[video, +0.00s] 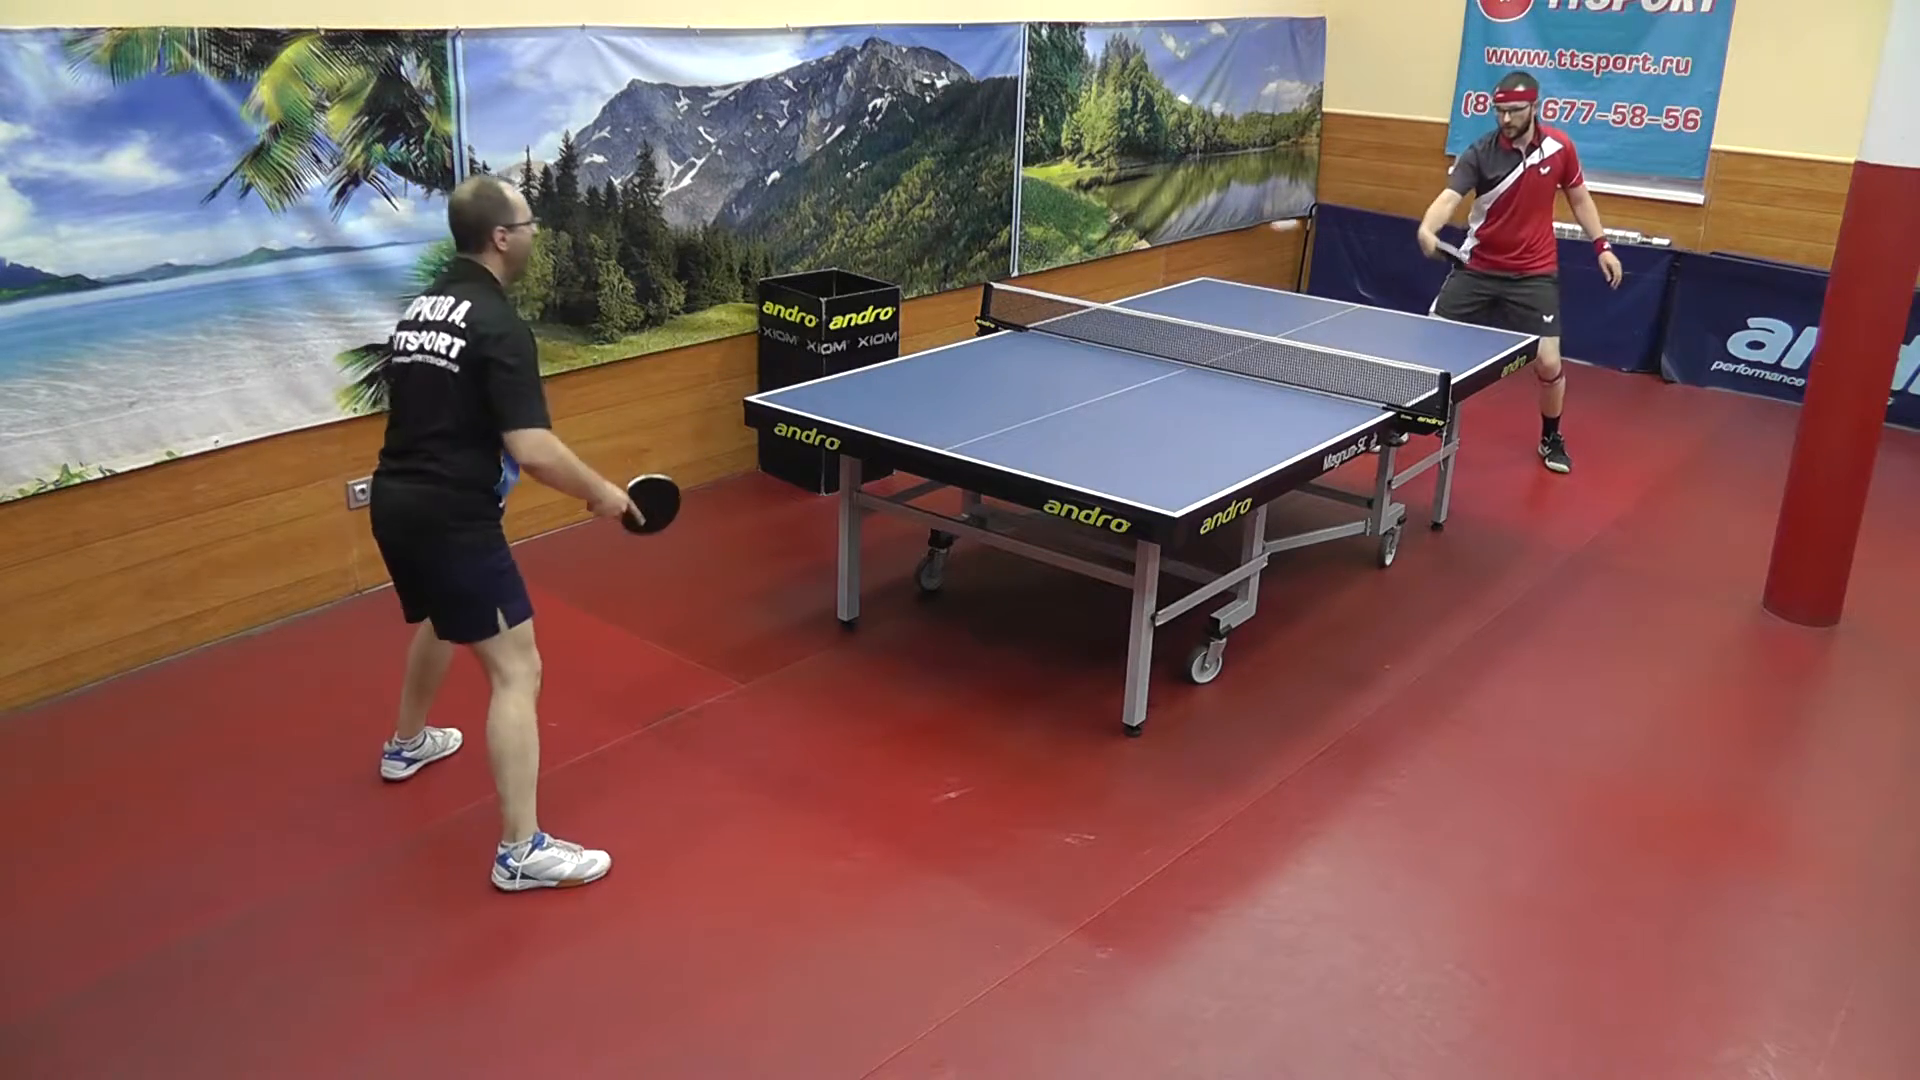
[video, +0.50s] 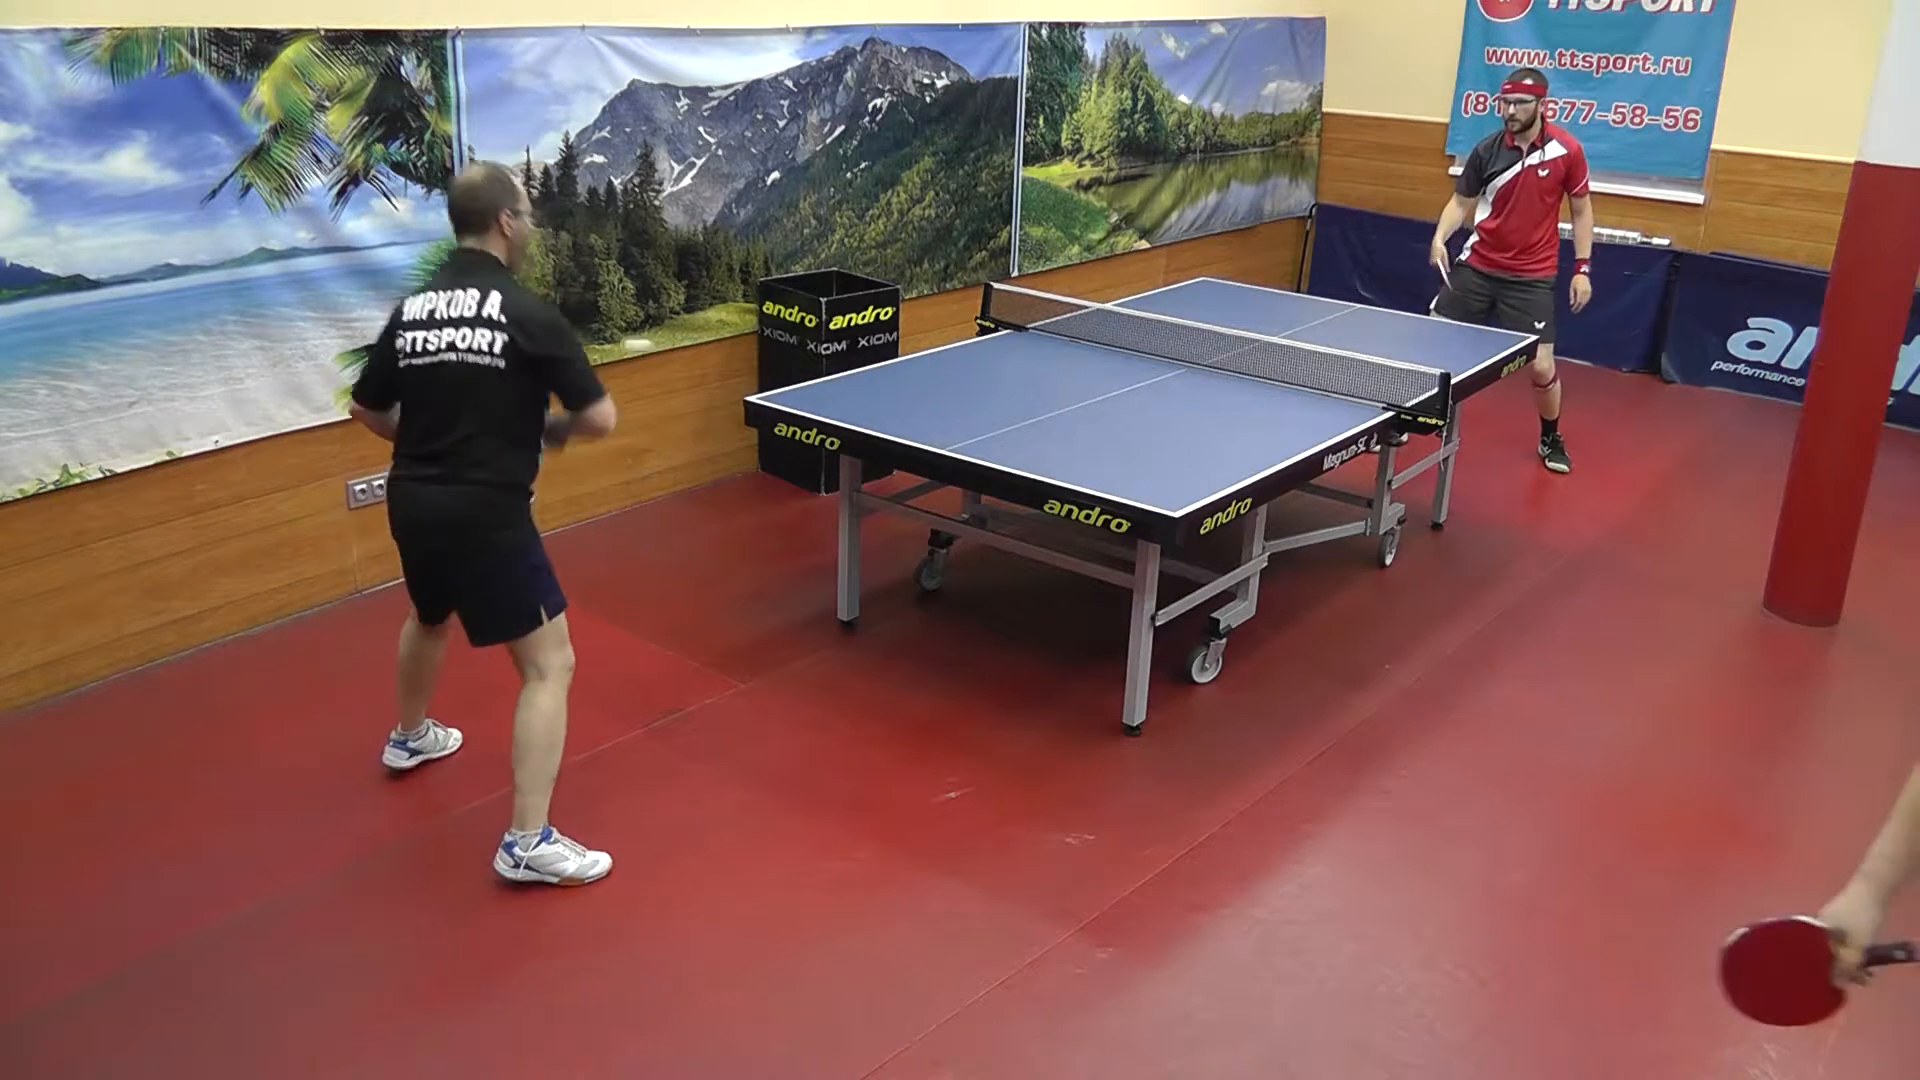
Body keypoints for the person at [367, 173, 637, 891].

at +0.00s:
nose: (534, 234)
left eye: (530, 223)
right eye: (527, 225)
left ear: (470, 238)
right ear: (501, 237)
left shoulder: (421, 309)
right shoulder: (499, 322)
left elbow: (414, 415)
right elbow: (530, 446)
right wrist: (599, 490)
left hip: (395, 503)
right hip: (453, 513)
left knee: (440, 616)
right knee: (516, 670)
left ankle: (407, 739)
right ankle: (522, 847)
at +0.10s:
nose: (554, 240)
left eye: (551, 228)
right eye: (547, 231)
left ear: (495, 243)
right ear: (518, 244)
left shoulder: (448, 299)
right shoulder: (502, 330)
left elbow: (446, 404)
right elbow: (518, 461)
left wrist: (527, 429)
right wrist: (587, 511)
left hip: (401, 502)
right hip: (449, 519)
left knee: (440, 620)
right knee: (517, 670)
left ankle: (406, 739)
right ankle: (521, 847)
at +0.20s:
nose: (571, 252)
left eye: (567, 239)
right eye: (563, 241)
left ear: (509, 249)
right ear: (537, 251)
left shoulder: (463, 302)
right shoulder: (510, 341)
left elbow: (464, 402)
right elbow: (519, 470)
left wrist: (538, 440)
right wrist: (578, 524)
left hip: (403, 503)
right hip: (448, 523)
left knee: (444, 618)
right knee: (528, 669)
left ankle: (406, 737)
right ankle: (521, 845)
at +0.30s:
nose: (576, 264)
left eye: (574, 251)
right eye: (571, 253)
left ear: (511, 258)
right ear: (546, 261)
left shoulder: (456, 313)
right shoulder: (525, 352)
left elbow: (442, 417)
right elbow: (551, 482)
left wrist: (513, 480)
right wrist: (575, 529)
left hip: (398, 511)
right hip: (454, 529)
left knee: (444, 615)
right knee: (542, 671)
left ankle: (407, 736)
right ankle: (522, 846)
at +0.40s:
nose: (564, 257)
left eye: (561, 245)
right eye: (559, 246)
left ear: (493, 254)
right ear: (536, 253)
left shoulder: (438, 316)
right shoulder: (538, 341)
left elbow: (399, 413)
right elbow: (580, 468)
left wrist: (451, 458)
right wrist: (558, 507)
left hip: (404, 514)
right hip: (473, 529)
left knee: (429, 623)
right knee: (553, 672)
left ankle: (408, 739)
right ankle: (524, 845)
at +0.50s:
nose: (531, 224)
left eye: (526, 211)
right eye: (526, 214)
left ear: (460, 225)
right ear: (506, 222)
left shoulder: (415, 307)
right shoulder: (529, 315)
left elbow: (370, 406)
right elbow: (599, 418)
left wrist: (429, 435)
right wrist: (549, 427)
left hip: (414, 505)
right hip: (490, 513)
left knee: (428, 618)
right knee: (548, 666)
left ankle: (408, 735)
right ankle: (527, 837)